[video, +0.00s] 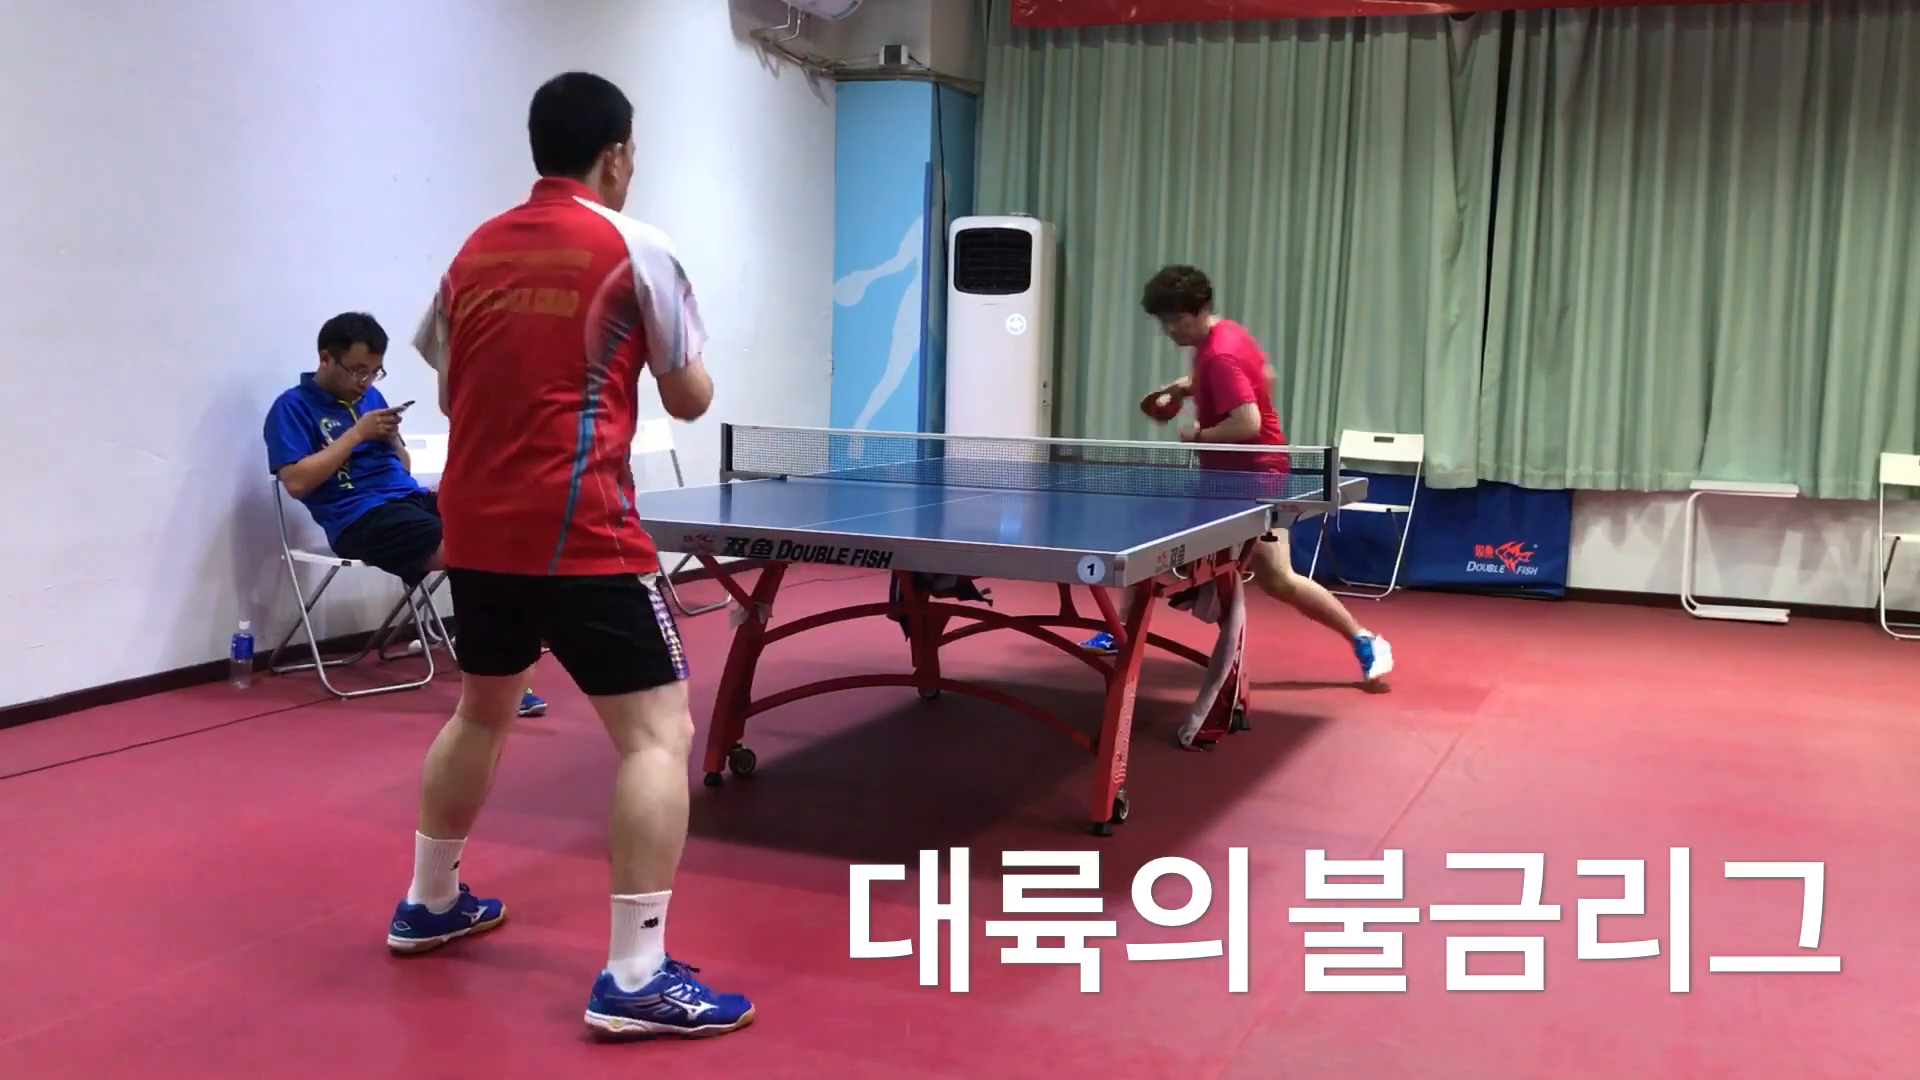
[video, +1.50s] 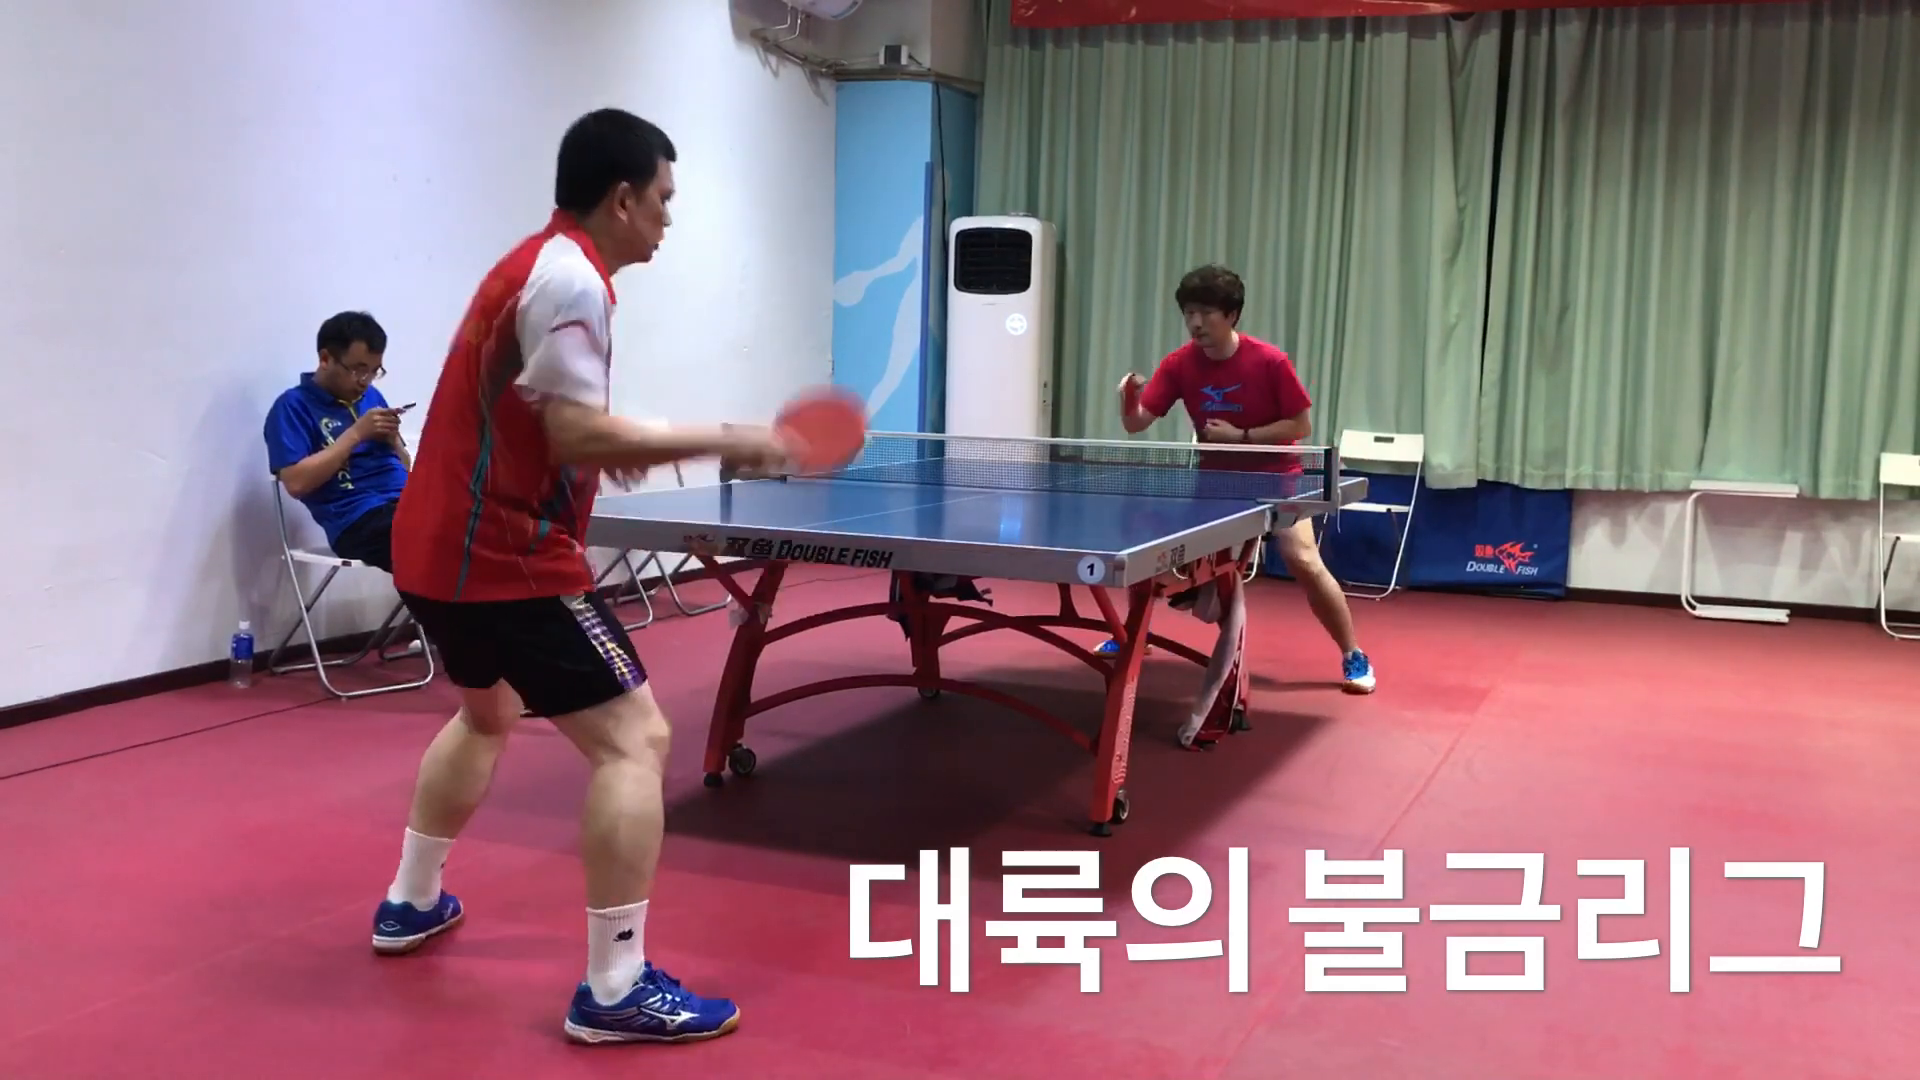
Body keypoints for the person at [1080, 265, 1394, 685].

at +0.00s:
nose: (1168, 331)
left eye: (1171, 321)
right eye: (1164, 323)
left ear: (1197, 312)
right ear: (1198, 310)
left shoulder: (1220, 353)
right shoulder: (1227, 333)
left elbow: (1248, 423)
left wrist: (1201, 435)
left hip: (1248, 476)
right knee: (1278, 578)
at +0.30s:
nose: (1260, 323)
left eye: (1267, 313)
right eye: (1256, 314)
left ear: (1294, 310)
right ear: (1263, 313)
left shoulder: (1319, 365)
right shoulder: (1284, 351)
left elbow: (1331, 443)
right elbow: (1262, 407)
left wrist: (1269, 449)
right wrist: (1232, 395)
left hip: (1329, 484)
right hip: (1288, 476)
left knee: (1326, 592)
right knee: (1224, 539)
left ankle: (1407, 665)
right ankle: (1174, 619)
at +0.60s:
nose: (1242, 326)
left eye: (1253, 316)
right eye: (1236, 316)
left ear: (1279, 319)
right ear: (1230, 319)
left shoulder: (1313, 370)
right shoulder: (1232, 367)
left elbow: (1345, 436)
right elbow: (1210, 439)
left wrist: (1281, 451)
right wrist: (1210, 417)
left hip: (1323, 484)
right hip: (1269, 481)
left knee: (1331, 582)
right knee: (1205, 544)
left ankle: (1407, 663)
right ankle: (1171, 630)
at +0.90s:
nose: (1176, 326)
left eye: (1185, 316)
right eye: (1170, 317)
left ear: (1212, 316)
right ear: (1167, 319)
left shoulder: (1238, 358)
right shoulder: (1202, 357)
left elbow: (1268, 426)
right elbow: (1214, 406)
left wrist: (1213, 435)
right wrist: (1163, 422)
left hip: (1295, 472)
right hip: (1250, 471)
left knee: (1299, 573)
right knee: (1191, 541)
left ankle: (1369, 655)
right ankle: (1169, 631)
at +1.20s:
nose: (1185, 335)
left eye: (1192, 326)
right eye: (1182, 326)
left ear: (1222, 324)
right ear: (1184, 326)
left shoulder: (1266, 364)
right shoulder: (1193, 365)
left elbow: (1301, 435)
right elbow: (1143, 399)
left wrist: (1237, 437)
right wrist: (1122, 367)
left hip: (1297, 480)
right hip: (1242, 479)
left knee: (1306, 573)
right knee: (1181, 546)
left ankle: (1365, 659)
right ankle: (1166, 632)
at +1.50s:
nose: (1195, 322)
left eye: (1205, 311)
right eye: (1189, 312)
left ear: (1232, 314)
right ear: (1184, 315)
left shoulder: (1269, 361)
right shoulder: (1179, 365)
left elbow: (1300, 426)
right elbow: (1135, 424)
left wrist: (1241, 436)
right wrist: (1129, 402)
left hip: (1277, 479)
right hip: (1216, 480)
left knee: (1304, 562)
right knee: (1150, 543)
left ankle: (1353, 655)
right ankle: (1132, 635)